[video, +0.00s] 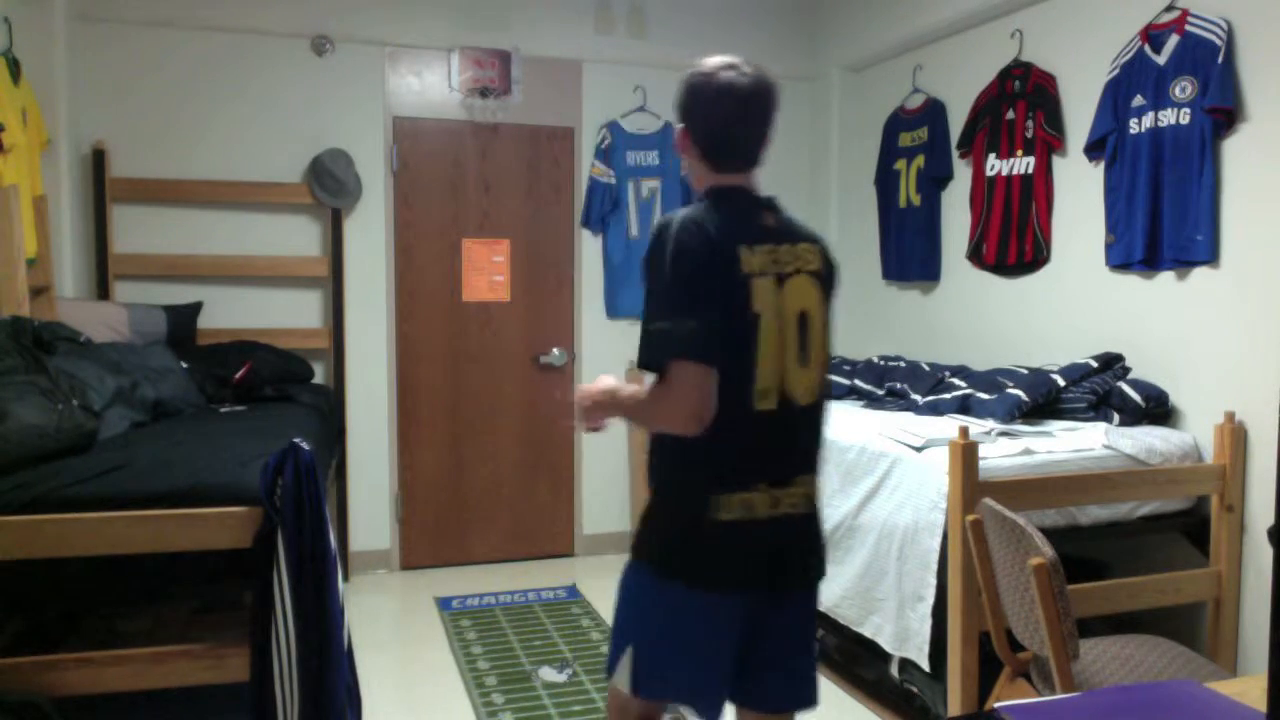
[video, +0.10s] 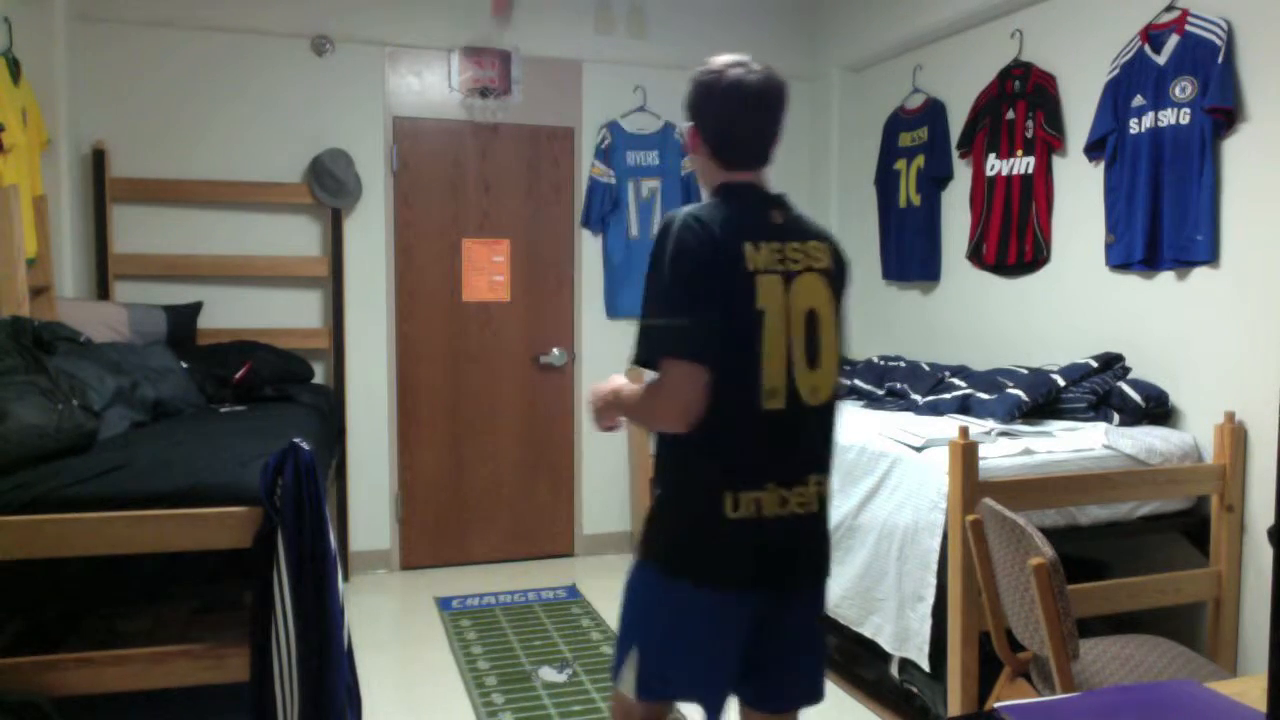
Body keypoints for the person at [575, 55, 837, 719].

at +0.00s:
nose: (676, 137)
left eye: (677, 125)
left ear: (684, 137)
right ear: (764, 138)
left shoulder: (688, 237)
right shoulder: (810, 247)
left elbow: (689, 406)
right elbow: (792, 388)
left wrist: (614, 396)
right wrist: (640, 394)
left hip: (698, 541)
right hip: (791, 540)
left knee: (633, 705)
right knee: (768, 711)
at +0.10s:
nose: (684, 136)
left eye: (685, 125)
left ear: (692, 137)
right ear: (773, 137)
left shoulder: (692, 235)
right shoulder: (822, 246)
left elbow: (678, 406)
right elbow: (812, 388)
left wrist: (622, 395)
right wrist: (664, 391)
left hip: (704, 536)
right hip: (799, 534)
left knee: (640, 703)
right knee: (773, 710)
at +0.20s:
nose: (700, 137)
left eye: (701, 126)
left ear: (708, 137)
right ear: (788, 136)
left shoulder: (688, 236)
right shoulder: (838, 248)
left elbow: (627, 411)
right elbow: (864, 396)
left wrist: (670, 397)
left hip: (714, 539)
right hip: (808, 539)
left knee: (697, 704)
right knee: (780, 705)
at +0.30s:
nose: (704, 131)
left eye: (704, 121)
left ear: (712, 133)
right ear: (792, 132)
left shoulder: (682, 234)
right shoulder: (842, 246)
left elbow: (613, 395)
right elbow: (887, 391)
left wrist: (644, 414)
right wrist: (819, 388)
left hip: (716, 536)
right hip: (811, 535)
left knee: (703, 704)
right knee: (782, 704)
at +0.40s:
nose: (706, 126)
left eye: (706, 116)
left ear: (713, 128)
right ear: (793, 127)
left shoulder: (680, 228)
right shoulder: (843, 237)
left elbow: (597, 379)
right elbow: (898, 381)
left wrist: (624, 380)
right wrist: (833, 376)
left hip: (715, 526)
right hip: (813, 524)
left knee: (704, 704)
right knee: (780, 703)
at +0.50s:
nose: (708, 116)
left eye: (708, 105)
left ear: (716, 117)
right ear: (798, 116)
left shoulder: (683, 211)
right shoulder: (849, 222)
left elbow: (589, 340)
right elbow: (908, 357)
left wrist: (575, 354)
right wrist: (838, 330)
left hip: (717, 510)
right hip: (815, 510)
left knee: (697, 701)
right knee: (786, 695)